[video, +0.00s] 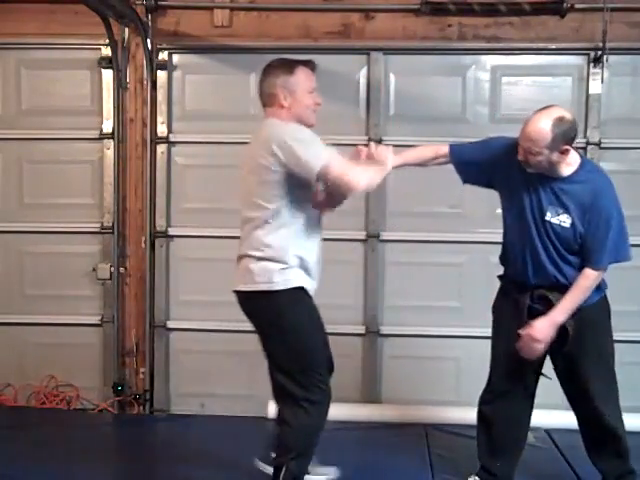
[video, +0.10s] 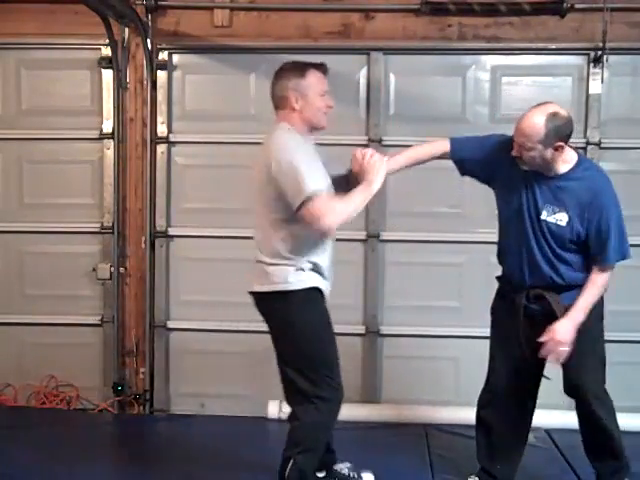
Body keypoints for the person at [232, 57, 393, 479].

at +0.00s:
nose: (319, 100)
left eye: (317, 91)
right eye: (312, 92)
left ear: (280, 99)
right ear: (282, 98)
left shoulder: (272, 134)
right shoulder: (285, 134)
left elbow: (317, 200)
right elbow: (354, 179)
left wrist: (353, 167)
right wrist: (382, 164)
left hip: (266, 279)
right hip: (276, 281)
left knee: (298, 373)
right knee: (313, 374)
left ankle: (283, 454)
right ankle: (292, 469)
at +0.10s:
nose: (330, 103)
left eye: (328, 94)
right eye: (322, 95)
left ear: (295, 102)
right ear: (293, 101)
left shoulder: (293, 142)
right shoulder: (288, 145)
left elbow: (317, 197)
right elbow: (323, 216)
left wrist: (355, 177)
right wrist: (369, 185)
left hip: (293, 284)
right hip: (290, 287)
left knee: (312, 387)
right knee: (321, 391)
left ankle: (320, 466)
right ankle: (299, 472)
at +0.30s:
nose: (340, 107)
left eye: (340, 99)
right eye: (332, 100)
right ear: (302, 105)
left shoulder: (332, 152)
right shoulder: (285, 156)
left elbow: (372, 210)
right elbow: (296, 231)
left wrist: (373, 180)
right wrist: (351, 196)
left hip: (340, 283)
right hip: (306, 283)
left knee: (349, 379)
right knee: (324, 382)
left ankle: (327, 465)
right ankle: (301, 472)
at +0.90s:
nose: (354, 113)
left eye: (357, 105)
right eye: (345, 104)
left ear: (360, 108)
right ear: (315, 104)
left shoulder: (362, 154)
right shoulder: (284, 154)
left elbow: (381, 218)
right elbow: (249, 227)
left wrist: (365, 239)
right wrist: (313, 240)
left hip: (353, 287)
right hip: (303, 288)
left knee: (404, 368)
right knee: (313, 398)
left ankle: (359, 444)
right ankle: (300, 472)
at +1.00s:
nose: (356, 118)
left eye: (360, 110)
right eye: (347, 109)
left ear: (362, 112)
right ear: (318, 107)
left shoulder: (359, 158)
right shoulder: (284, 158)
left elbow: (377, 220)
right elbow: (247, 230)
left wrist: (362, 242)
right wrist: (312, 242)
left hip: (355, 287)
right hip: (305, 290)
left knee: (422, 341)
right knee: (323, 391)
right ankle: (303, 475)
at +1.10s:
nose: (357, 125)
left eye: (360, 116)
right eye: (349, 115)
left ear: (362, 117)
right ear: (318, 111)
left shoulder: (361, 161)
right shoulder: (281, 162)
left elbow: (380, 225)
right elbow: (242, 233)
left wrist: (358, 240)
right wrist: (309, 244)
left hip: (355, 294)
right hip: (303, 295)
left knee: (415, 382)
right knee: (325, 408)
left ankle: (463, 469)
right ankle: (304, 476)